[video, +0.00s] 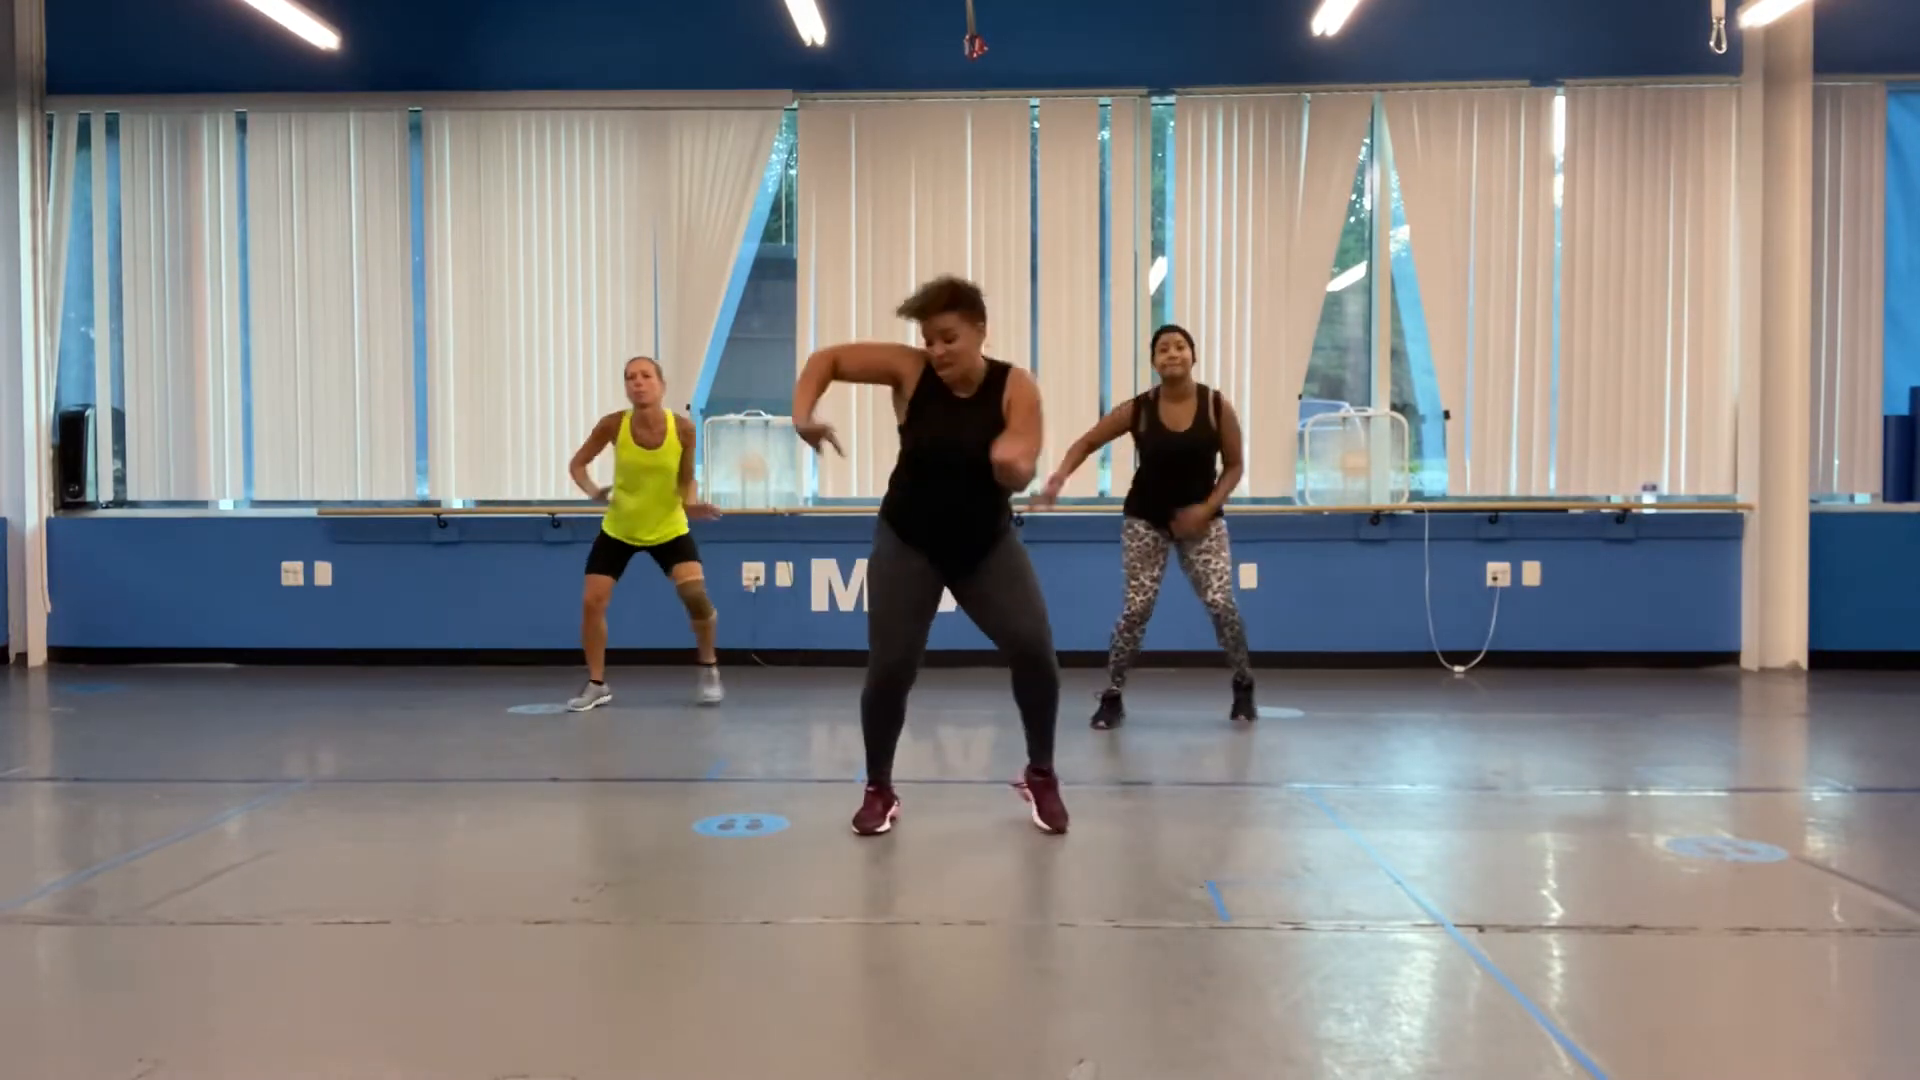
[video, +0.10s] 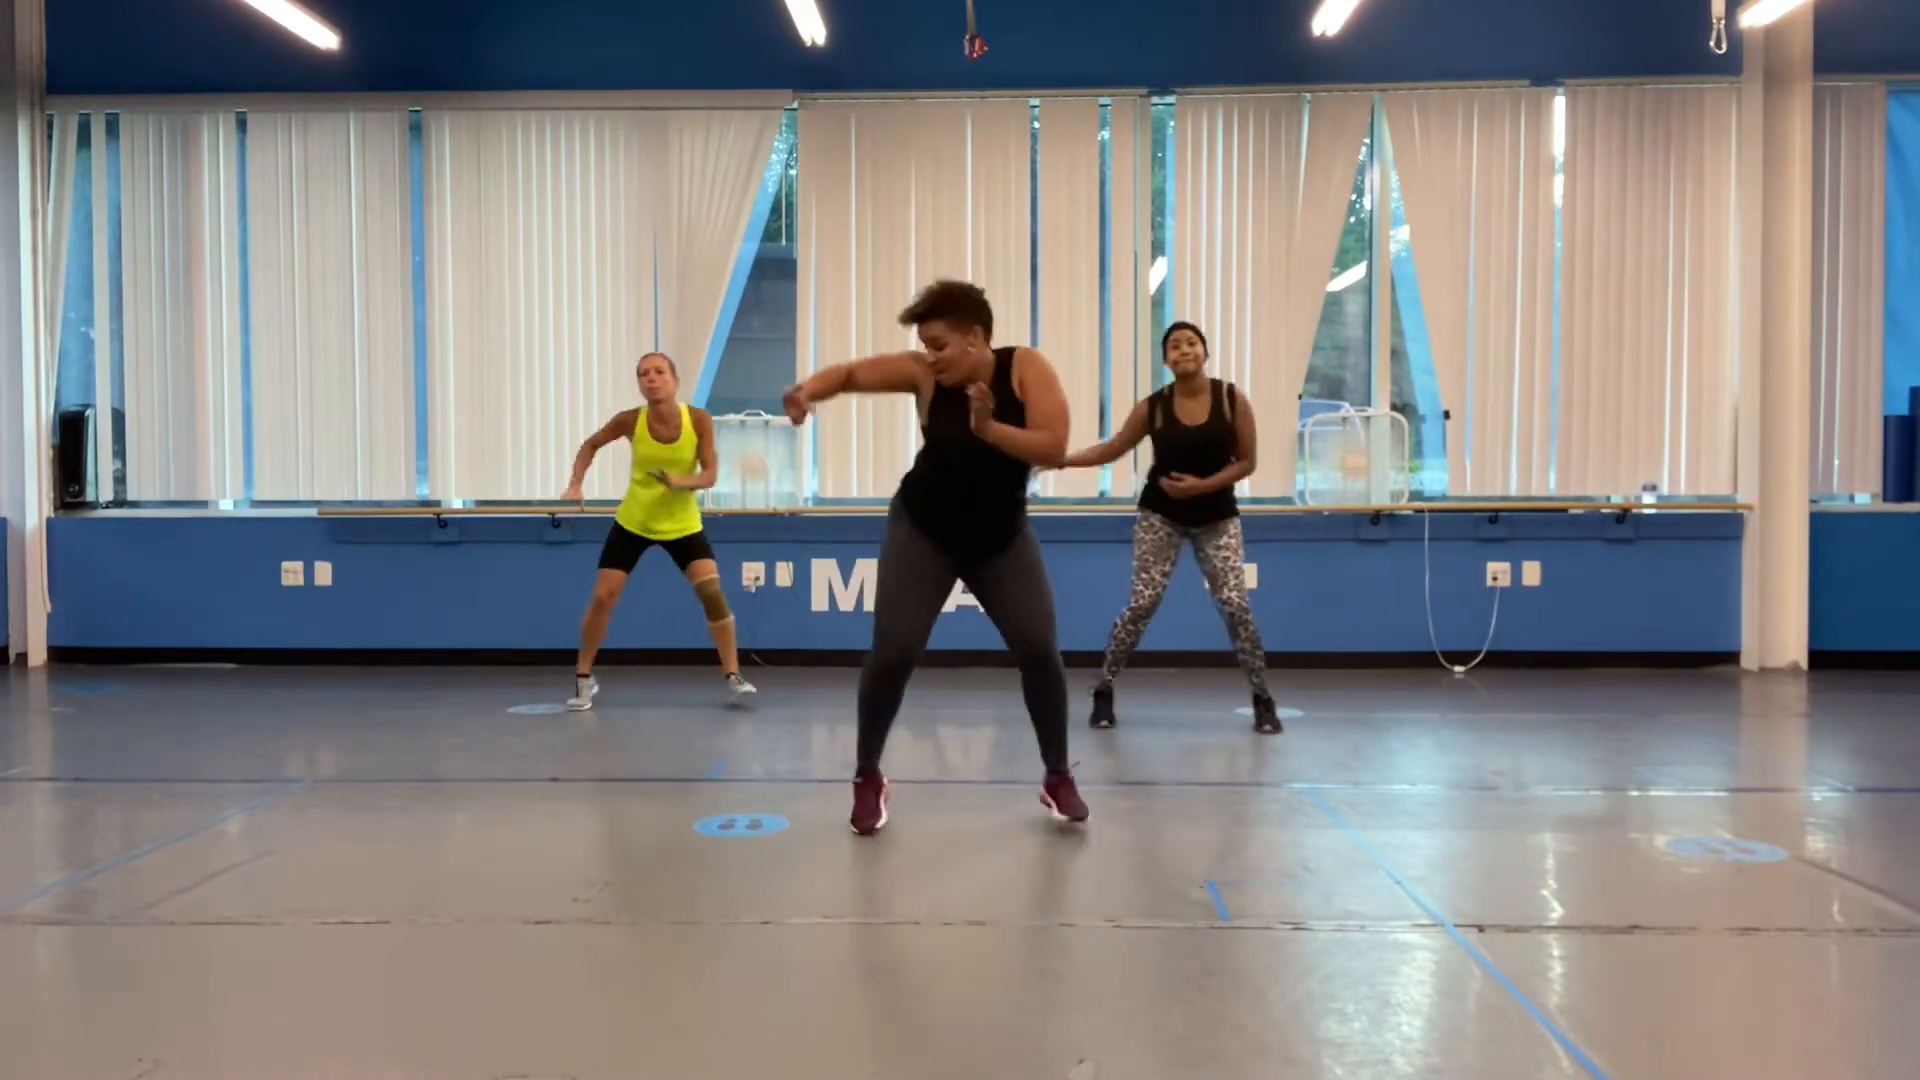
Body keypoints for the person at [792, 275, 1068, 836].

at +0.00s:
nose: (937, 350)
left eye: (949, 339)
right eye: (929, 339)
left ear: (980, 332)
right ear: (922, 337)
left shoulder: (1016, 388)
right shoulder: (908, 367)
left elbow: (1021, 467)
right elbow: (825, 359)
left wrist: (1005, 460)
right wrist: (801, 415)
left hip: (986, 545)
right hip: (907, 542)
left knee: (1035, 651)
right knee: (891, 668)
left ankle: (1041, 774)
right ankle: (878, 790)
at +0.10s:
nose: (929, 357)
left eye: (938, 345)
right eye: (925, 347)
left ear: (978, 337)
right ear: (926, 344)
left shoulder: (1027, 368)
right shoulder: (922, 372)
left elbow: (1053, 448)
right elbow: (851, 375)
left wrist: (988, 427)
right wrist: (806, 391)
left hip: (999, 537)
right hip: (922, 532)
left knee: (1040, 652)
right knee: (893, 655)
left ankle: (1058, 776)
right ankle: (867, 777)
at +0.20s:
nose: (933, 372)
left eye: (941, 360)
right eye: (930, 361)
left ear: (980, 351)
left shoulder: (1030, 376)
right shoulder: (928, 404)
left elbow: (1078, 436)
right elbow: (866, 443)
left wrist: (999, 445)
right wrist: (819, 427)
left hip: (1018, 550)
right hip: (942, 544)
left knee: (1053, 666)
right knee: (900, 650)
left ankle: (1064, 790)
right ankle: (853, 738)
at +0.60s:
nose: (837, 368)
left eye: (846, 356)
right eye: (836, 356)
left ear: (884, 354)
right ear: (865, 356)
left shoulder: (939, 362)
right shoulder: (841, 409)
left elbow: (1015, 355)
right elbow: (863, 495)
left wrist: (1042, 378)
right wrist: (878, 450)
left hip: (967, 540)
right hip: (889, 549)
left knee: (1019, 655)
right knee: (839, 660)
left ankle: (1062, 780)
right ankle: (838, 776)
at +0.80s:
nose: (783, 367)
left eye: (792, 355)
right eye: (781, 355)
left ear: (831, 352)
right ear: (815, 355)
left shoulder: (893, 366)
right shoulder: (793, 413)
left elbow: (967, 368)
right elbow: (808, 494)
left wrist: (1013, 391)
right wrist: (841, 460)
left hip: (914, 542)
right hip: (839, 550)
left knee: (933, 663)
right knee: (799, 664)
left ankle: (927, 784)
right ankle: (835, 772)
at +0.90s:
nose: (760, 351)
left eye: (770, 339)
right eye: (758, 340)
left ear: (809, 340)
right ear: (783, 344)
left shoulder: (866, 364)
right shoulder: (764, 401)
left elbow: (944, 361)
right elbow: (765, 470)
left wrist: (996, 380)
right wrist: (814, 421)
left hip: (897, 536)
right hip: (821, 544)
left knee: (917, 660)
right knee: (763, 642)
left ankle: (931, 787)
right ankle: (793, 755)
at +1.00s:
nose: (757, 340)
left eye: (771, 330)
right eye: (748, 330)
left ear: (799, 338)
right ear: (741, 337)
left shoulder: (839, 375)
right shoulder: (730, 391)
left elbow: (914, 390)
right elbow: (723, 455)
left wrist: (974, 395)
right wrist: (784, 403)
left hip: (867, 529)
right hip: (792, 544)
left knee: (918, 645)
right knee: (747, 658)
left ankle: (961, 754)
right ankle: (722, 783)